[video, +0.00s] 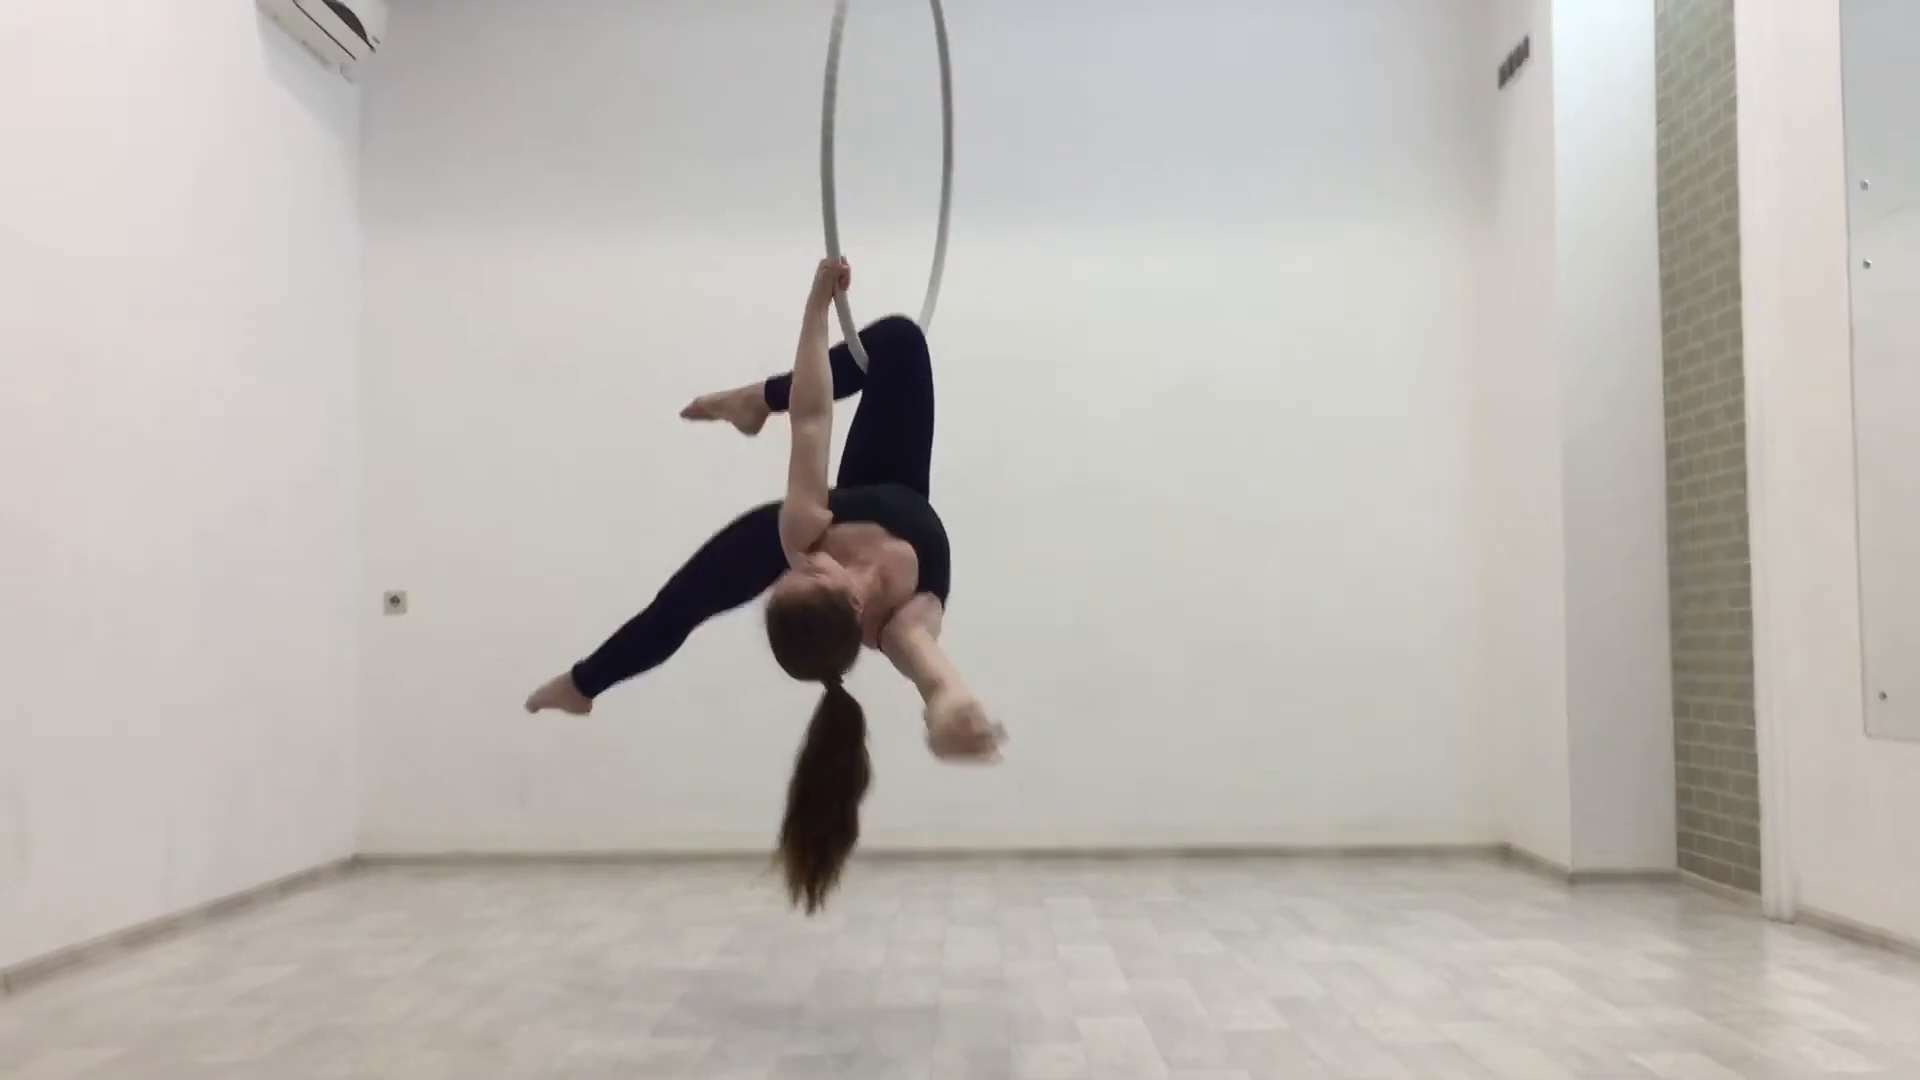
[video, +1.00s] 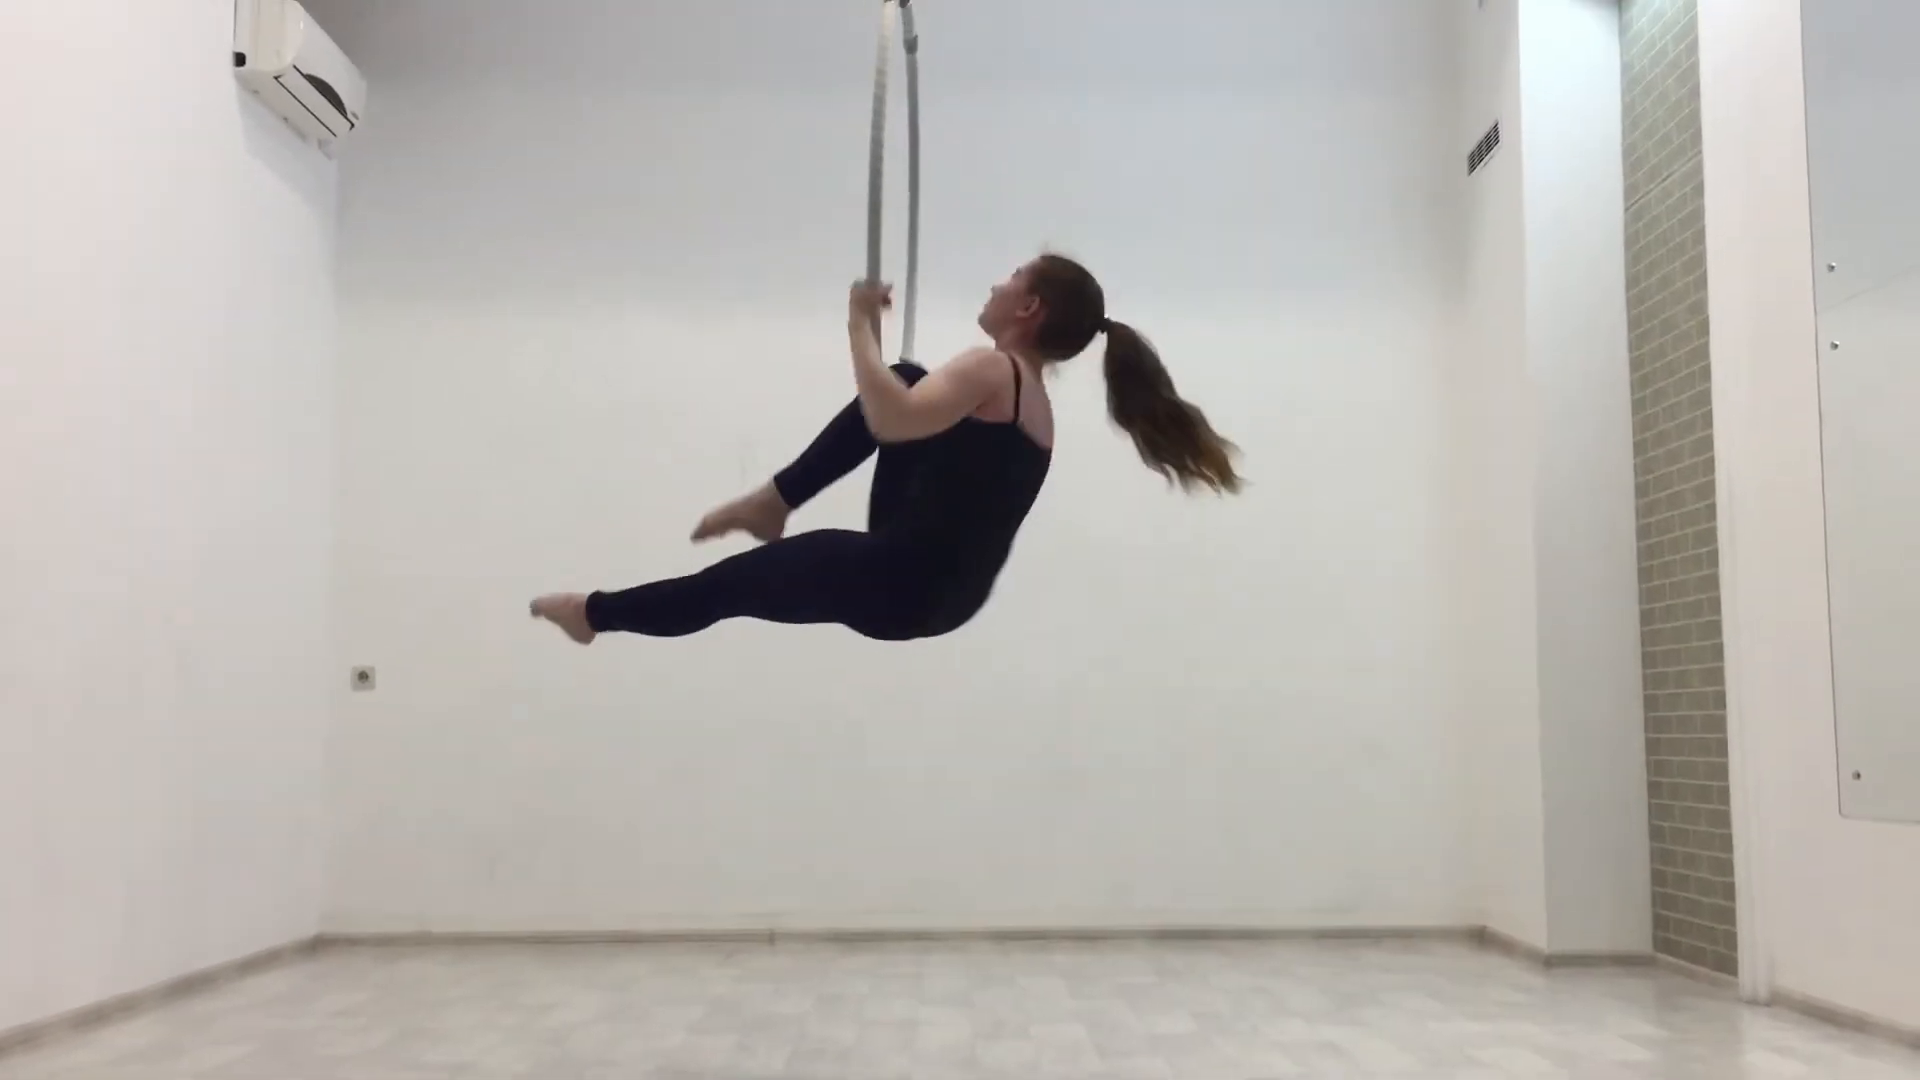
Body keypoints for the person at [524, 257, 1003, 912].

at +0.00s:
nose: (830, 569)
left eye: (805, 575)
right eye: (837, 587)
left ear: (793, 573)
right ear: (857, 621)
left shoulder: (802, 533)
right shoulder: (904, 630)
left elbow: (809, 417)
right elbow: (941, 685)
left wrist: (819, 304)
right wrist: (956, 724)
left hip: (836, 512)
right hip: (907, 509)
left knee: (682, 600)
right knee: (902, 340)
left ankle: (579, 685)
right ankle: (760, 402)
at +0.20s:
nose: (876, 578)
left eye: (858, 588)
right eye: (895, 599)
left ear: (824, 600)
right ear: (904, 640)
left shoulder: (810, 562)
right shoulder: (930, 663)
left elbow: (811, 443)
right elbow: (1006, 749)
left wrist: (819, 333)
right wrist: (1078, 833)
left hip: (816, 560)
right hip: (895, 541)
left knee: (663, 627)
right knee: (888, 367)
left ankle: (549, 716)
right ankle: (739, 425)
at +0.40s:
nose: (915, 538)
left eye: (917, 558)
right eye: (932, 547)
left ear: (898, 592)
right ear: (944, 635)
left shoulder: (829, 566)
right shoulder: (954, 651)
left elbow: (809, 448)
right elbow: (1059, 724)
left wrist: (817, 344)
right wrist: (1156, 784)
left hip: (780, 593)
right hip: (835, 580)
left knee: (644, 630)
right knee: (892, 387)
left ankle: (534, 714)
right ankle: (742, 428)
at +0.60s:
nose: (973, 467)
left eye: (983, 474)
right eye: (988, 465)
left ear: (982, 509)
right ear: (1022, 538)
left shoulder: (894, 533)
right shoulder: (1014, 588)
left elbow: (803, 445)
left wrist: (817, 332)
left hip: (778, 579)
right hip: (847, 581)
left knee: (646, 604)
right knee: (899, 391)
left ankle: (531, 683)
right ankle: (745, 414)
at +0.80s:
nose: (991, 368)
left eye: (1003, 367)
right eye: (1006, 362)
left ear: (1017, 398)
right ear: (1047, 415)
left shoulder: (953, 447)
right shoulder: (1018, 482)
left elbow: (822, 433)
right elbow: (897, 457)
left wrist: (841, 333)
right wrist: (857, 406)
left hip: (810, 586)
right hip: (865, 591)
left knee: (675, 588)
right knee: (914, 383)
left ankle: (552, 664)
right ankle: (753, 428)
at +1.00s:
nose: (998, 285)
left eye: (1012, 281)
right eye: (1011, 276)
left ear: (1028, 313)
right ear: (1045, 331)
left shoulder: (980, 370)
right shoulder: (1035, 401)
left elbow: (888, 421)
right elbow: (918, 424)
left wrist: (862, 329)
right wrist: (879, 351)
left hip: (900, 579)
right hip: (951, 592)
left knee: (736, 589)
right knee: (898, 395)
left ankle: (591, 614)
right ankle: (774, 501)